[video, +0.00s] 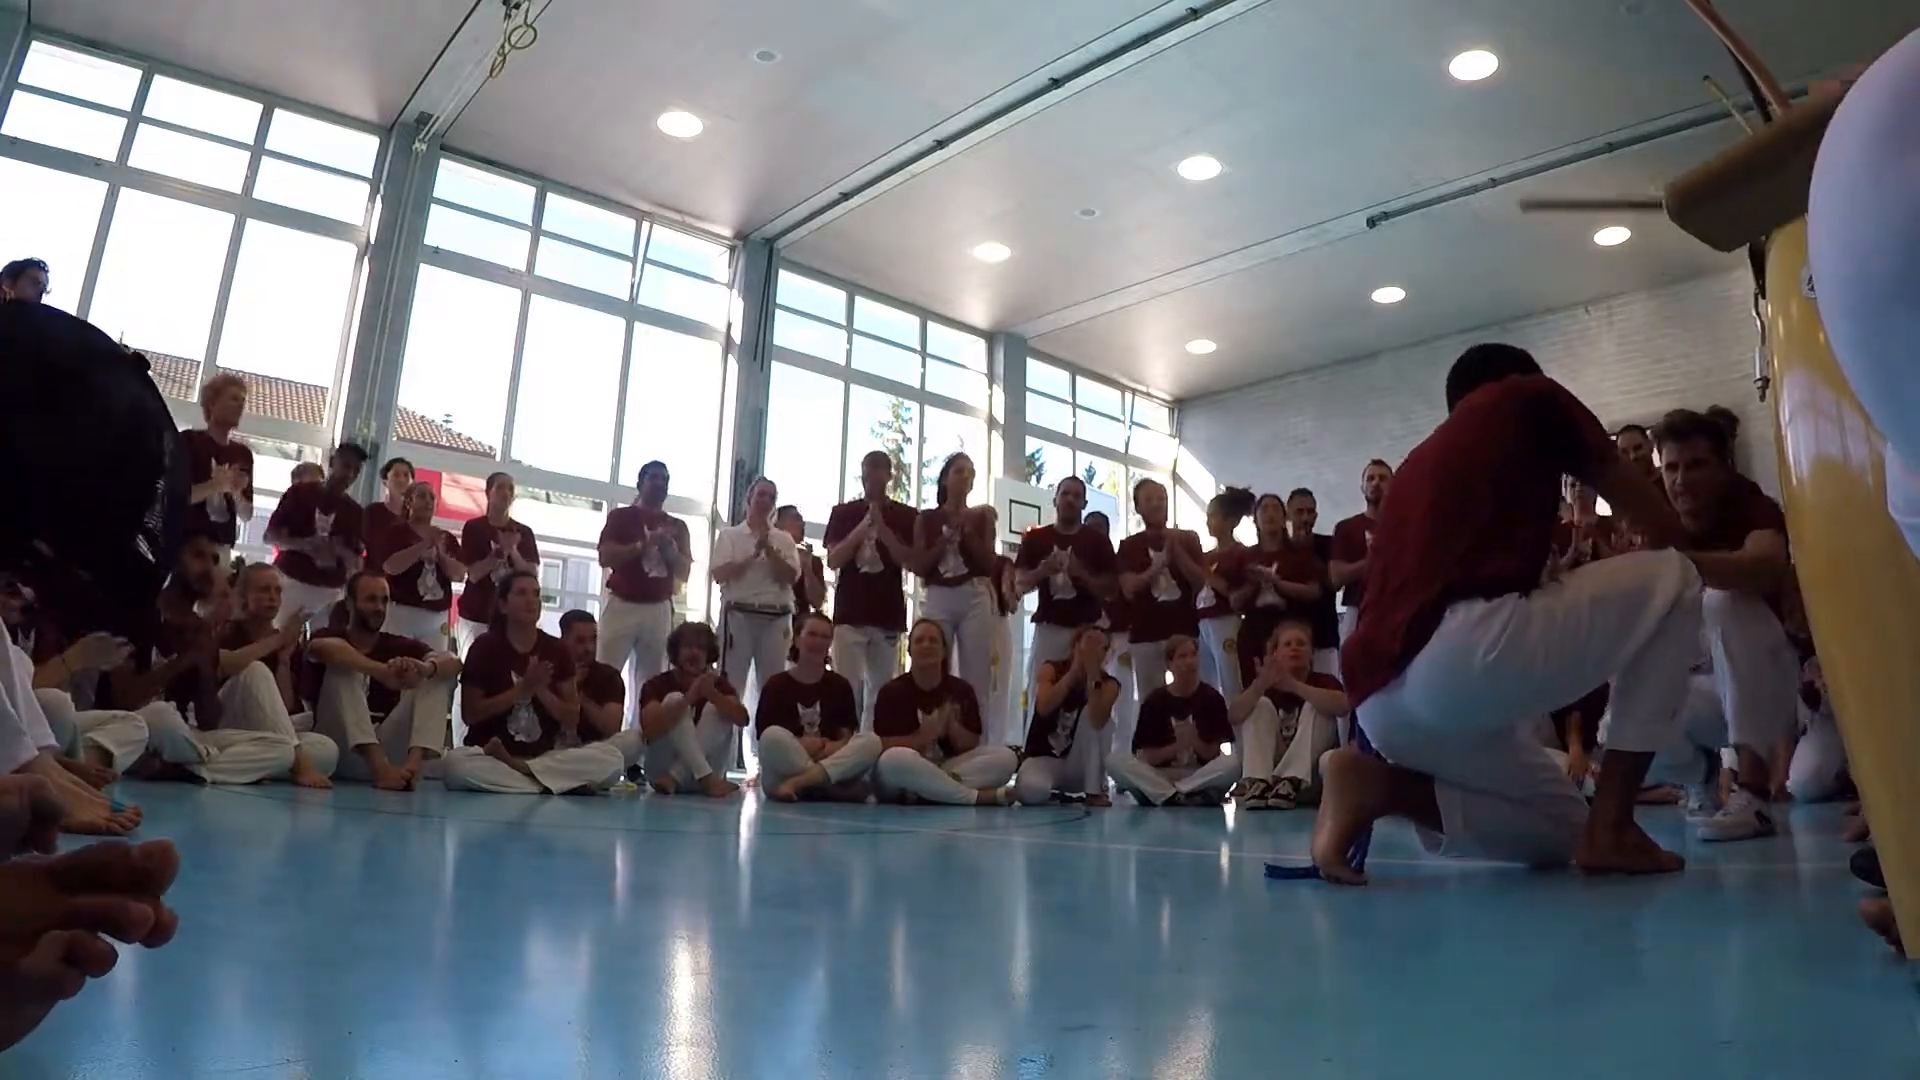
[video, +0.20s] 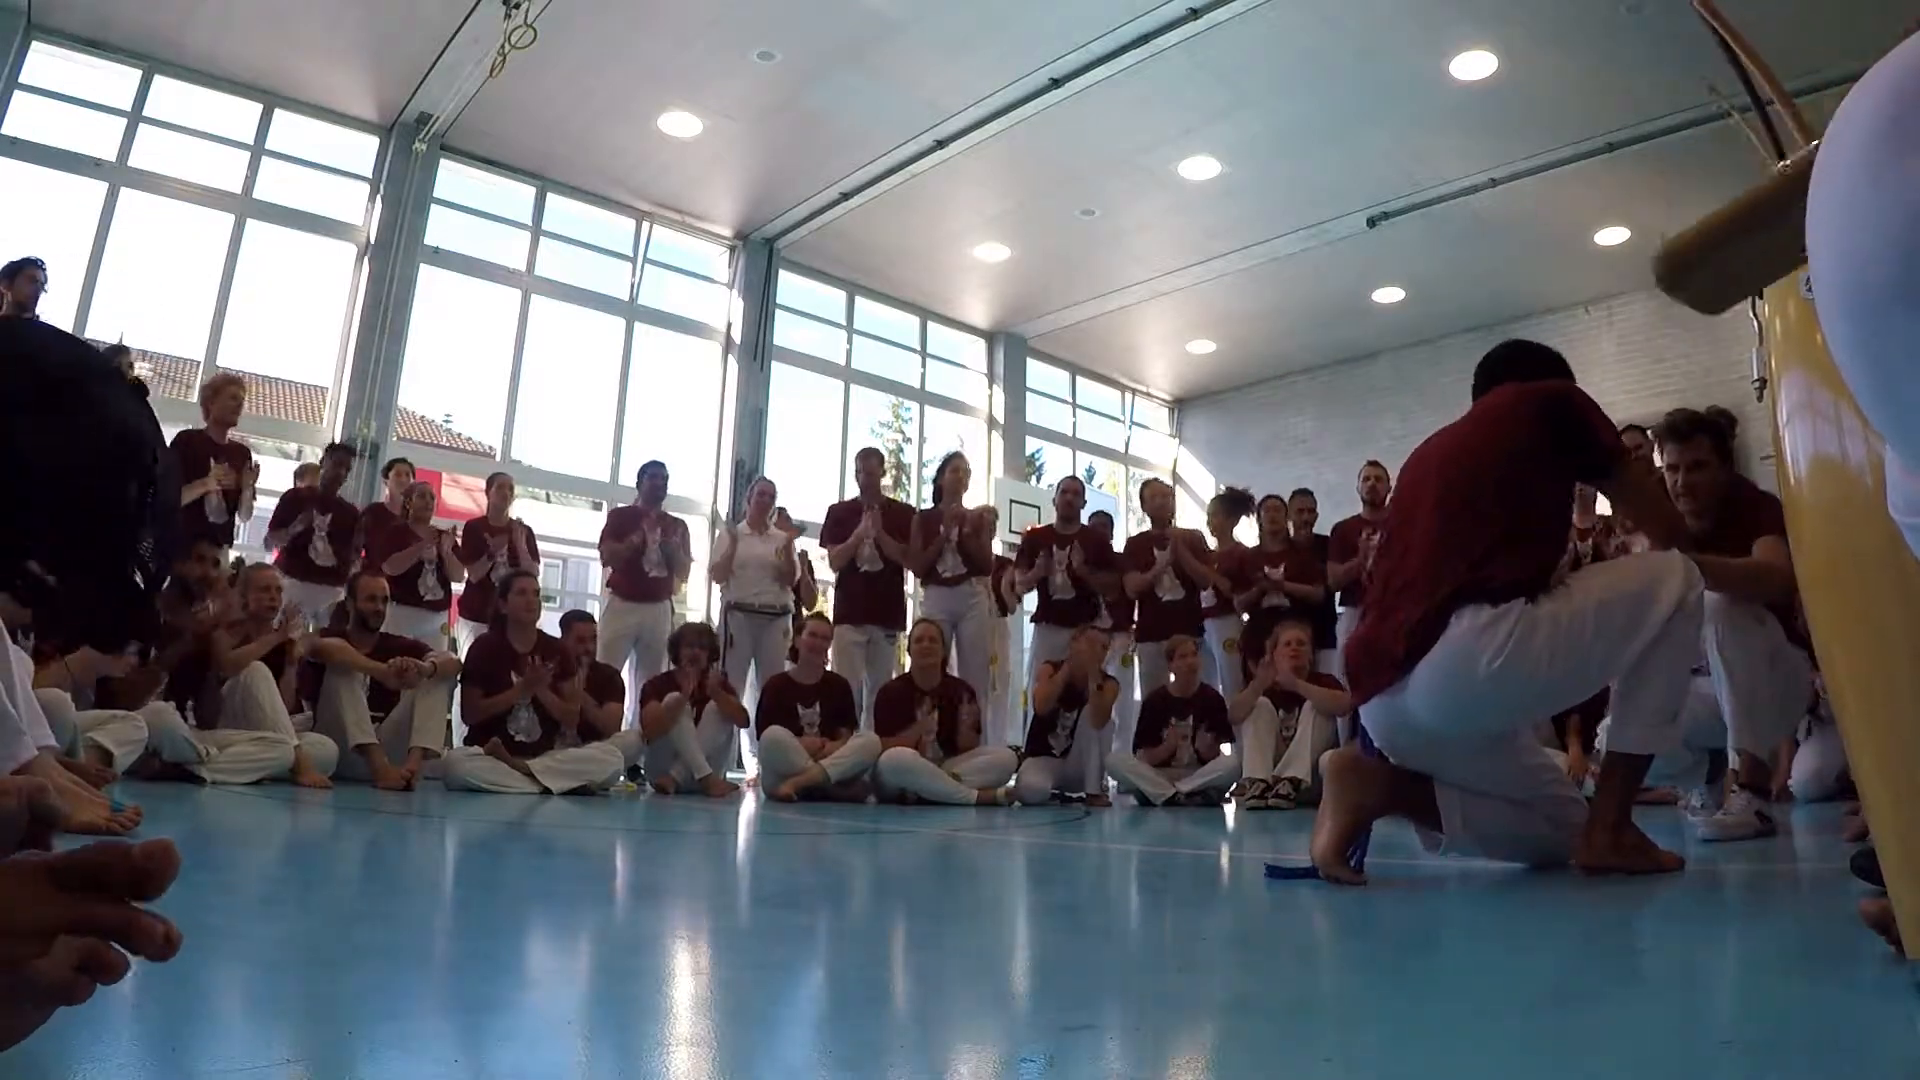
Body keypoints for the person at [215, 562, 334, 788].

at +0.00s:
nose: (273, 597)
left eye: (277, 591)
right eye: (264, 590)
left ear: (282, 596)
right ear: (244, 596)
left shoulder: (287, 643)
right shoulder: (225, 632)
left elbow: (288, 708)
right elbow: (223, 667)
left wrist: (284, 660)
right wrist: (280, 638)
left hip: (270, 729)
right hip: (225, 724)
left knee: (327, 751)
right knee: (255, 673)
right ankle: (299, 762)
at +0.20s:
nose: (274, 597)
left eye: (278, 590)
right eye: (264, 590)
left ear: (283, 596)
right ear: (244, 596)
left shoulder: (285, 641)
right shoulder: (226, 633)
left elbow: (286, 707)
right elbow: (226, 666)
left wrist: (291, 662)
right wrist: (278, 637)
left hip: (271, 733)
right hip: (227, 727)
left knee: (327, 751)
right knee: (255, 671)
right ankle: (300, 762)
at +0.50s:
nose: (208, 570)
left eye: (214, 561)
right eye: (198, 558)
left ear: (220, 569)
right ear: (173, 559)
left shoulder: (205, 623)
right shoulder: (142, 609)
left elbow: (208, 719)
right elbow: (134, 696)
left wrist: (203, 653)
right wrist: (186, 640)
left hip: (184, 734)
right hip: (132, 733)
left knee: (284, 751)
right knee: (162, 714)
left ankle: (178, 770)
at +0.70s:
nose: (209, 570)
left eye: (215, 562)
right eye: (199, 559)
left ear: (221, 568)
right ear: (176, 559)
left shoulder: (208, 620)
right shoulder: (143, 610)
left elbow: (209, 701)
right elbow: (134, 695)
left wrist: (209, 648)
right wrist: (188, 635)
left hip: (188, 732)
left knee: (284, 750)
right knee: (161, 715)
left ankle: (182, 770)